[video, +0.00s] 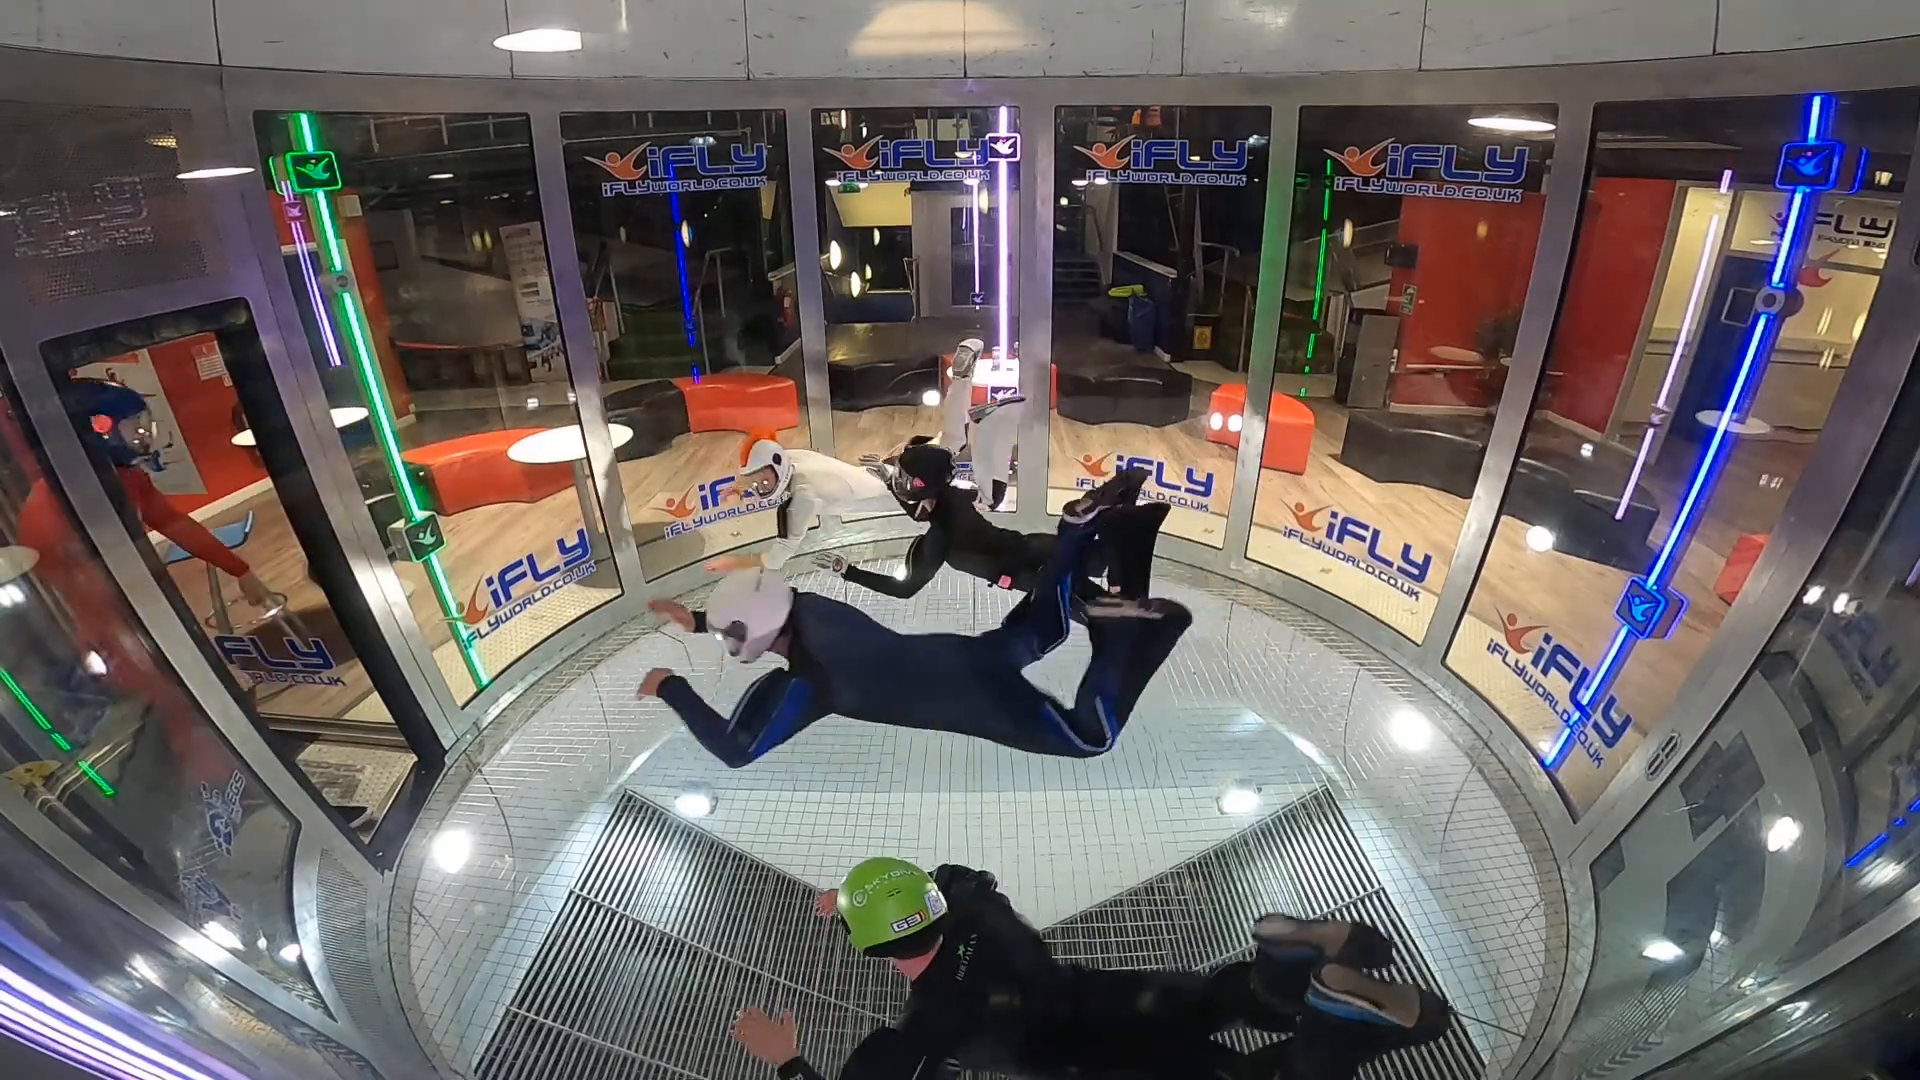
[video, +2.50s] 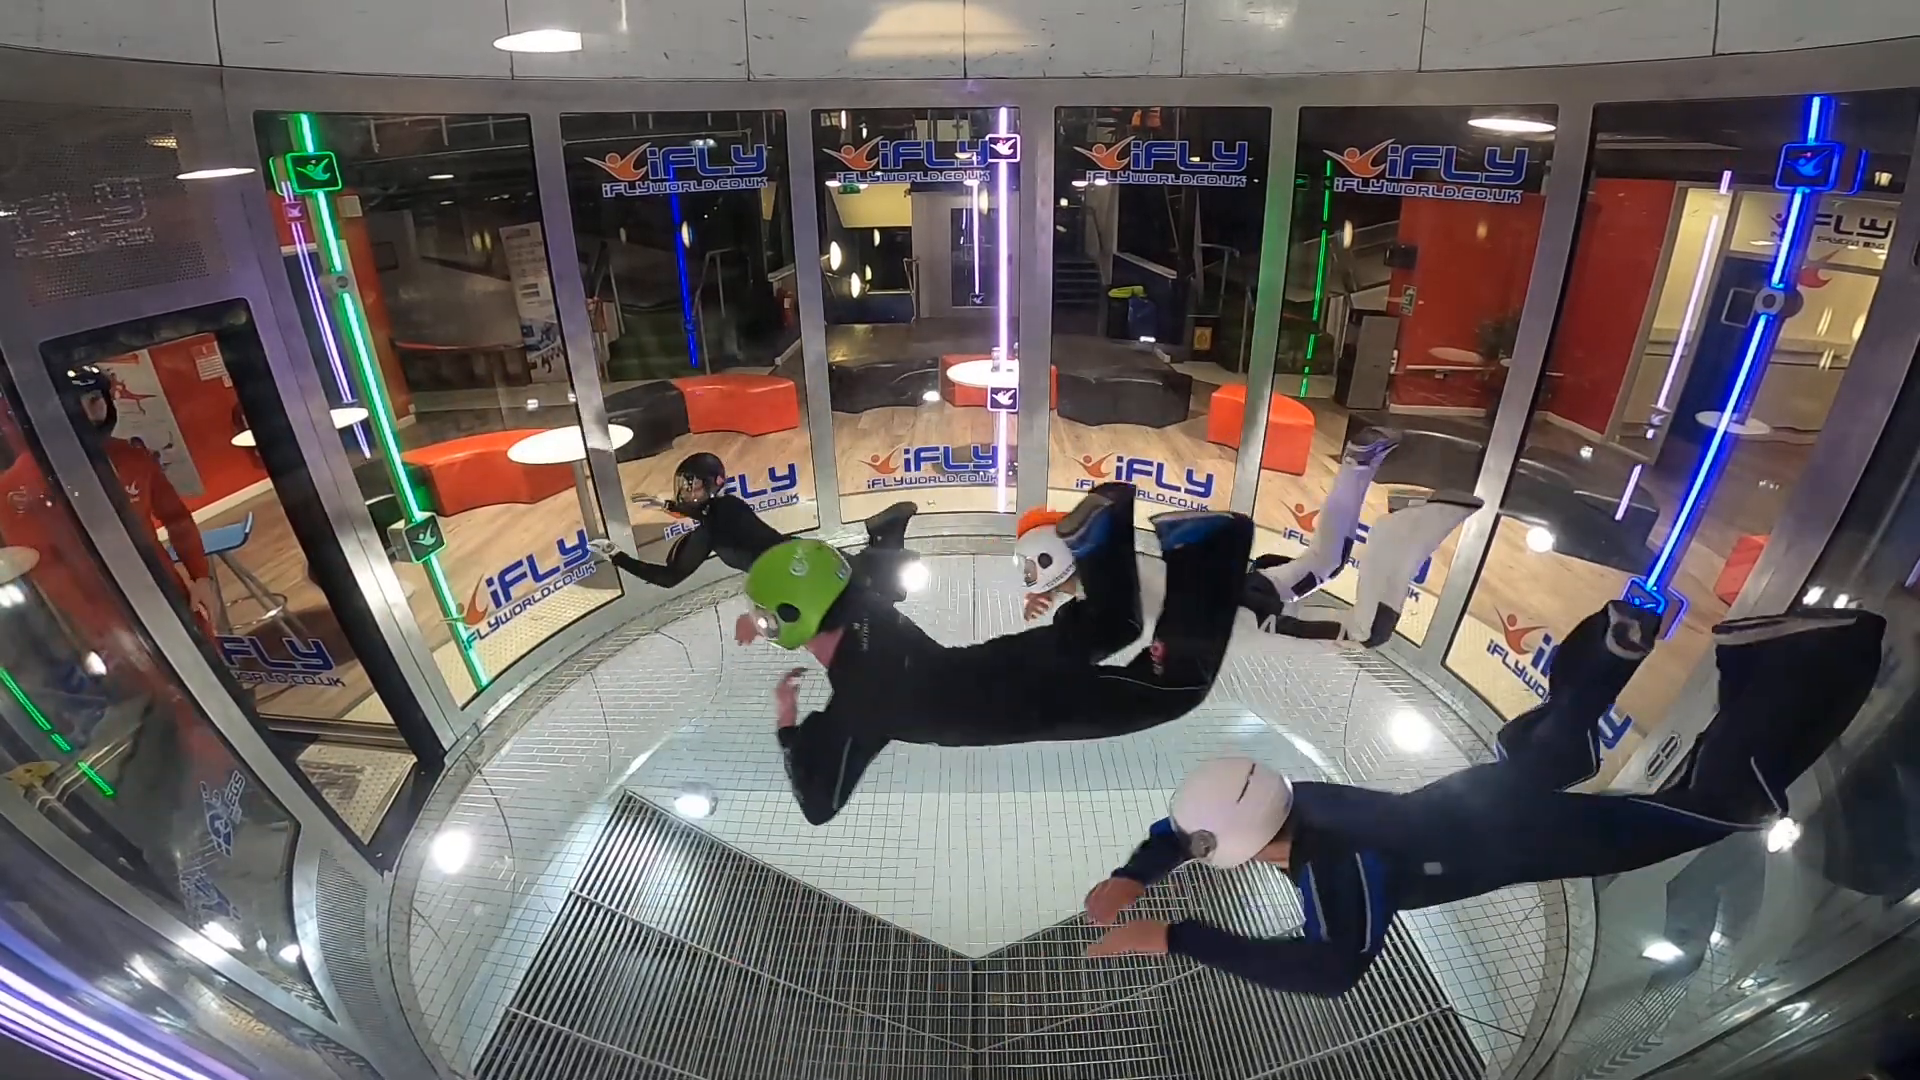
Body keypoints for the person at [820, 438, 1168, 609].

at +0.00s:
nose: (900, 488)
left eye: (907, 482)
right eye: (901, 479)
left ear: (925, 492)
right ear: (939, 483)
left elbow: (907, 587)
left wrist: (851, 572)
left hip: (1039, 573)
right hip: (1040, 547)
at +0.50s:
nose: (947, 481)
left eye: (954, 477)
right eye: (951, 474)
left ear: (971, 485)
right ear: (977, 483)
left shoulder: (979, 527)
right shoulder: (983, 505)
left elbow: (956, 585)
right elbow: (963, 520)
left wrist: (922, 542)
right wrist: (930, 511)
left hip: (1074, 575)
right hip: (1074, 553)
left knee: (1156, 619)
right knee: (1146, 563)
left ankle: (1189, 541)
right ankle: (1179, 515)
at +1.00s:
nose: (958, 493)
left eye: (965, 489)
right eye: (961, 486)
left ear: (984, 499)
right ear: (987, 496)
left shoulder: (993, 535)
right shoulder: (1002, 515)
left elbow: (975, 588)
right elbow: (983, 574)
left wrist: (956, 558)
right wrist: (969, 553)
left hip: (1089, 569)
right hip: (1088, 548)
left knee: (1163, 571)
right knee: (1153, 531)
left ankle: (1222, 507)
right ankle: (1211, 470)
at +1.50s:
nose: (891, 481)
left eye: (897, 475)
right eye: (890, 475)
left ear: (912, 477)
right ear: (913, 475)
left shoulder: (917, 505)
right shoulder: (926, 490)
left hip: (998, 549)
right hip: (1003, 527)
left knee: (1069, 586)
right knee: (1077, 517)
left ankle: (1112, 527)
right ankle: (1115, 463)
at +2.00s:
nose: (779, 462)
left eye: (786, 456)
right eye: (779, 455)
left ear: (803, 460)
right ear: (803, 456)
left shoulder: (803, 496)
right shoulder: (819, 475)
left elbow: (764, 538)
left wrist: (738, 502)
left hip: (888, 544)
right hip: (892, 524)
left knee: (944, 600)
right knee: (957, 534)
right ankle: (960, 475)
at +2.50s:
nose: (683, 494)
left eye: (689, 486)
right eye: (681, 486)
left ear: (710, 487)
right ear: (711, 486)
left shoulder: (711, 522)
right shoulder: (729, 502)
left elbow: (670, 577)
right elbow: (706, 516)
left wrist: (619, 559)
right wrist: (678, 512)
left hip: (792, 576)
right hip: (800, 553)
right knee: (852, 578)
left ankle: (883, 542)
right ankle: (883, 535)